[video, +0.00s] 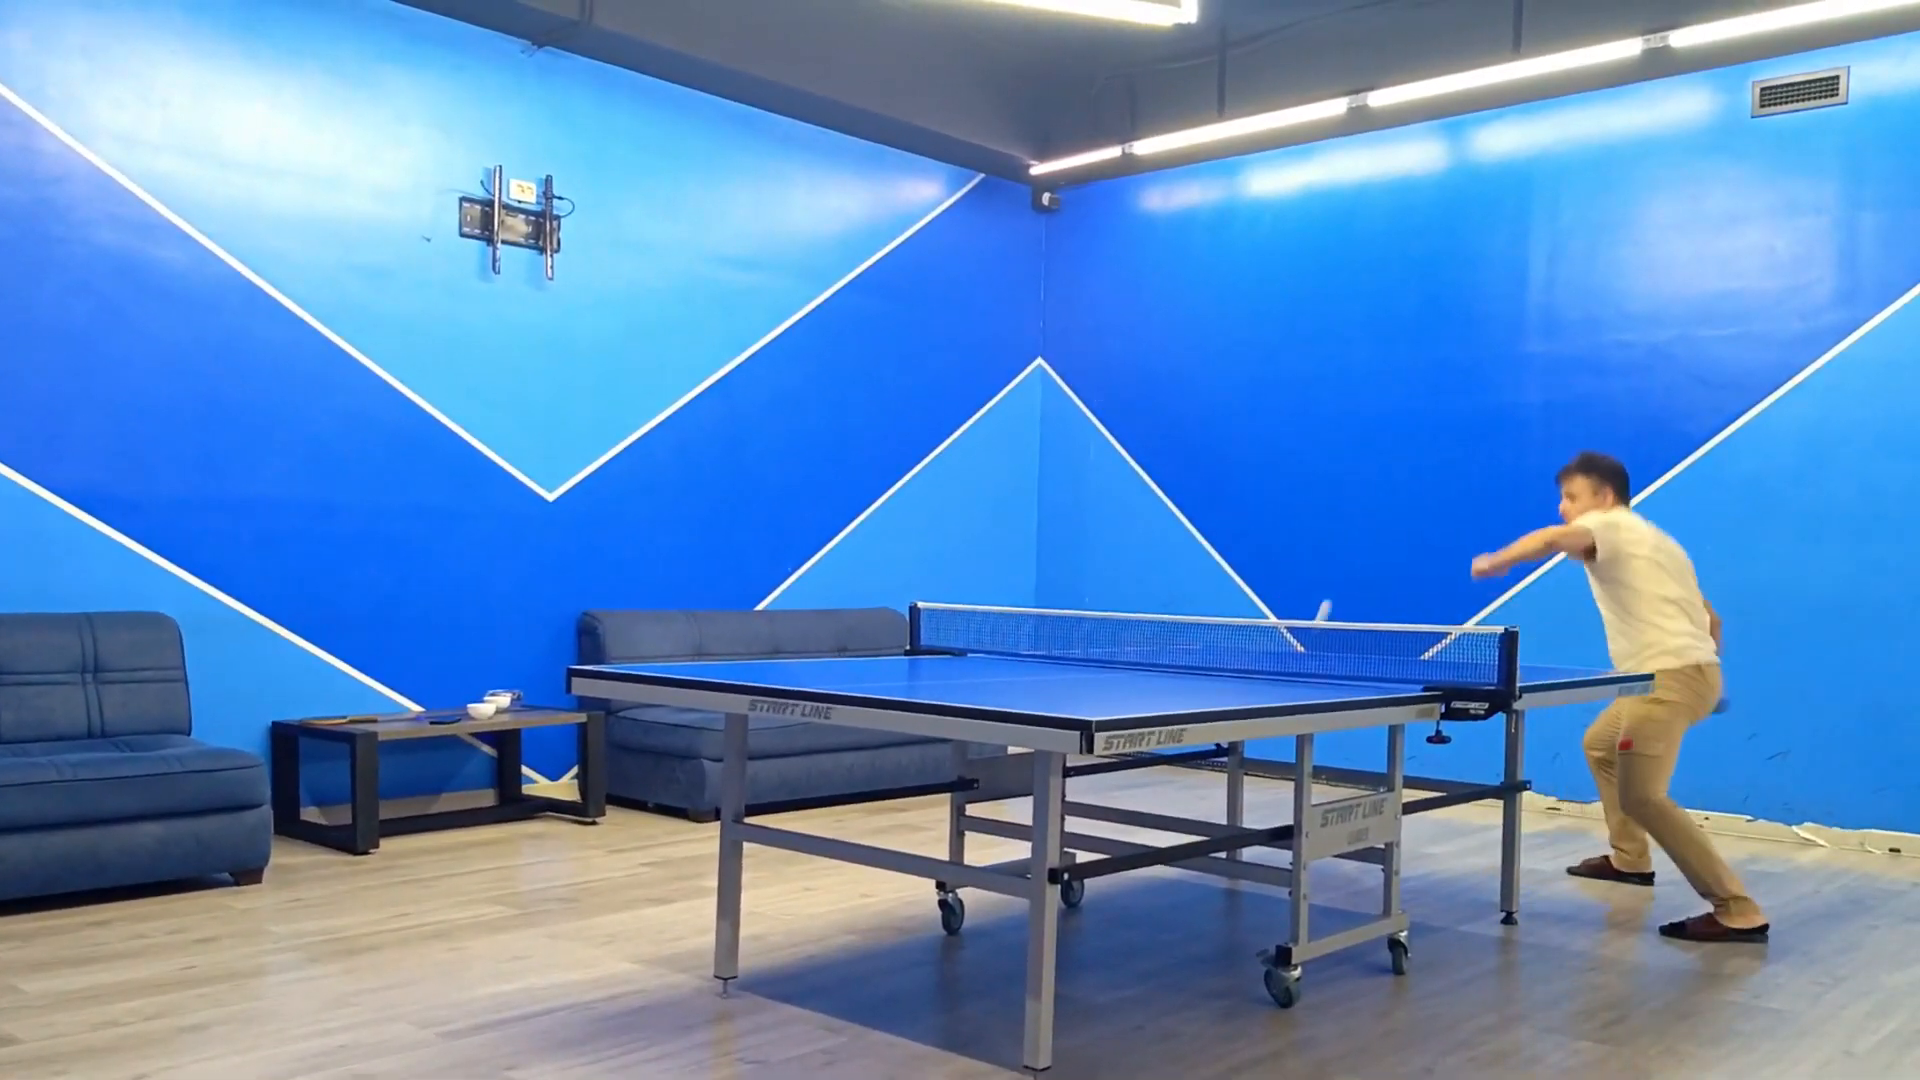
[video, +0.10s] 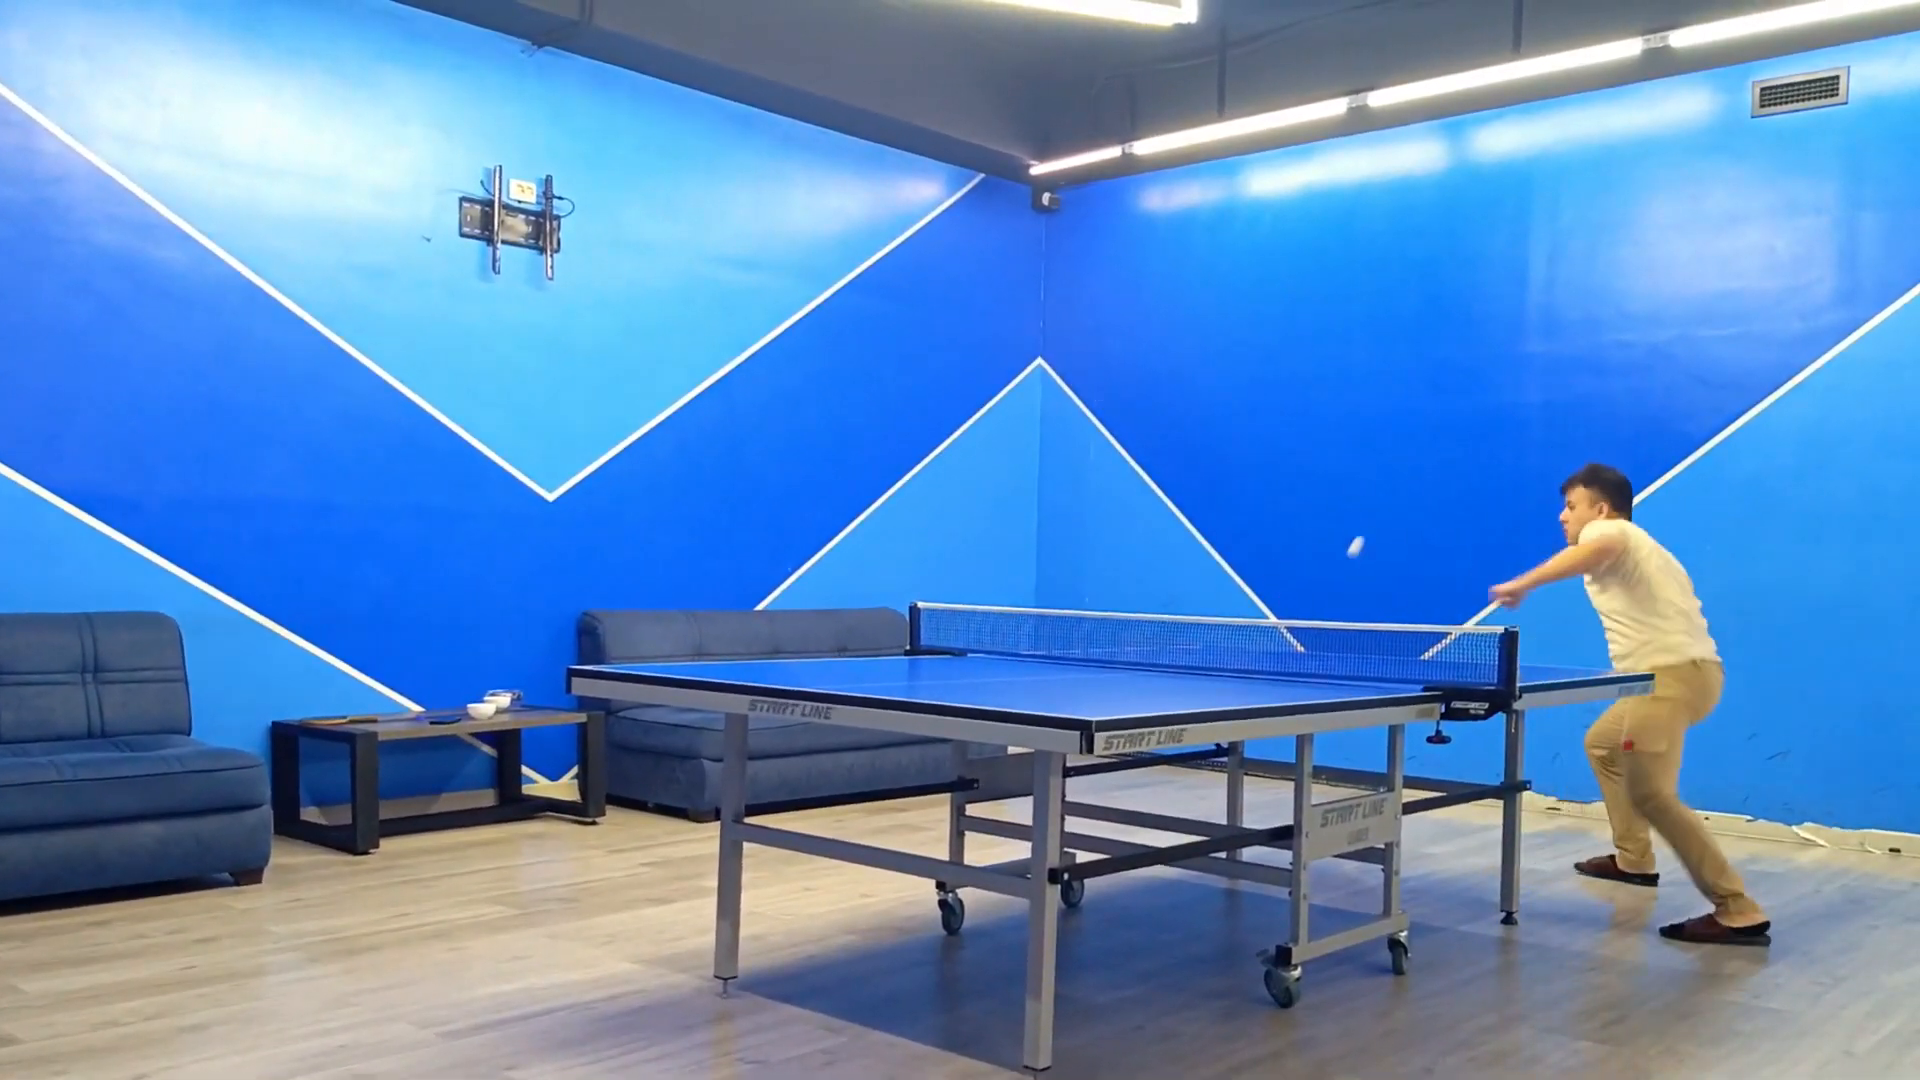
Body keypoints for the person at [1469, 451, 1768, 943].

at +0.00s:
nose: (1562, 508)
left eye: (1571, 497)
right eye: (1562, 498)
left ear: (1605, 496)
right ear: (1617, 502)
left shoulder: (1605, 524)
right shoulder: (1663, 543)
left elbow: (1550, 538)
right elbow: (1709, 620)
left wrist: (1497, 560)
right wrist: (1708, 682)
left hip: (1669, 671)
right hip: (1693, 670)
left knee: (1642, 797)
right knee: (1601, 745)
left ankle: (1738, 910)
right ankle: (1630, 860)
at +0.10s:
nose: (1563, 517)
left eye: (1570, 507)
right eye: (1563, 507)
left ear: (1601, 508)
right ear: (1610, 512)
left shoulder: (1610, 531)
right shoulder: (1642, 546)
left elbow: (1593, 554)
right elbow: (1681, 600)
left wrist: (1525, 583)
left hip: (1676, 672)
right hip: (1678, 672)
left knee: (1652, 795)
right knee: (1603, 744)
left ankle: (1738, 912)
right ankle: (1634, 860)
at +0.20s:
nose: (1558, 494)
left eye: (1565, 484)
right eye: (1560, 484)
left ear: (1591, 487)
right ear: (1593, 489)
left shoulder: (1613, 511)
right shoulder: (1606, 539)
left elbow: (1643, 527)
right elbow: (1612, 607)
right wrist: (1572, 618)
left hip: (1671, 645)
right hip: (1647, 654)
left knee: (1671, 761)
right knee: (1597, 741)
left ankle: (1724, 887)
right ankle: (1632, 858)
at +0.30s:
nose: (1560, 472)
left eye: (1567, 462)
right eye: (1561, 463)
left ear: (1596, 465)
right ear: (1592, 467)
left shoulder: (1627, 491)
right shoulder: (1590, 517)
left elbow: (1652, 497)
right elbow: (1528, 525)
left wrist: (1658, 478)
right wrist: (1467, 504)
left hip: (1664, 630)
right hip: (1640, 639)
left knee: (1656, 737)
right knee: (1599, 741)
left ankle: (1710, 859)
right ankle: (1633, 860)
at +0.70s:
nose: (1579, 478)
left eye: (1587, 468)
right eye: (1576, 468)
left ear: (1619, 468)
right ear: (1578, 469)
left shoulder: (1662, 514)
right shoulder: (1572, 501)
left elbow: (1723, 564)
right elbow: (1503, 481)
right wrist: (1524, 427)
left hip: (1637, 647)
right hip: (1579, 647)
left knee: (1645, 739)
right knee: (1554, 734)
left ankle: (1681, 844)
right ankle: (1568, 812)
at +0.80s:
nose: (1572, 477)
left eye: (1581, 469)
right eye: (1571, 468)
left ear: (1612, 470)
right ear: (1573, 466)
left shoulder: (1652, 518)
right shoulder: (1563, 501)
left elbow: (1688, 578)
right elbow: (1494, 520)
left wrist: (1722, 631)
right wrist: (1493, 493)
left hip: (1623, 646)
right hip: (1566, 642)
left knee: (1640, 739)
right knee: (1544, 730)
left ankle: (1676, 842)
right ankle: (1568, 814)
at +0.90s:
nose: (1561, 474)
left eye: (1569, 466)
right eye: (1560, 466)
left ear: (1600, 464)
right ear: (1560, 464)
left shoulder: (1644, 510)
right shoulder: (1556, 495)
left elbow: (1667, 575)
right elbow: (1505, 532)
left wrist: (1687, 634)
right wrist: (1499, 542)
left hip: (1616, 636)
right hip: (1560, 633)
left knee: (1622, 725)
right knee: (1548, 723)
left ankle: (1652, 828)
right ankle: (1567, 813)